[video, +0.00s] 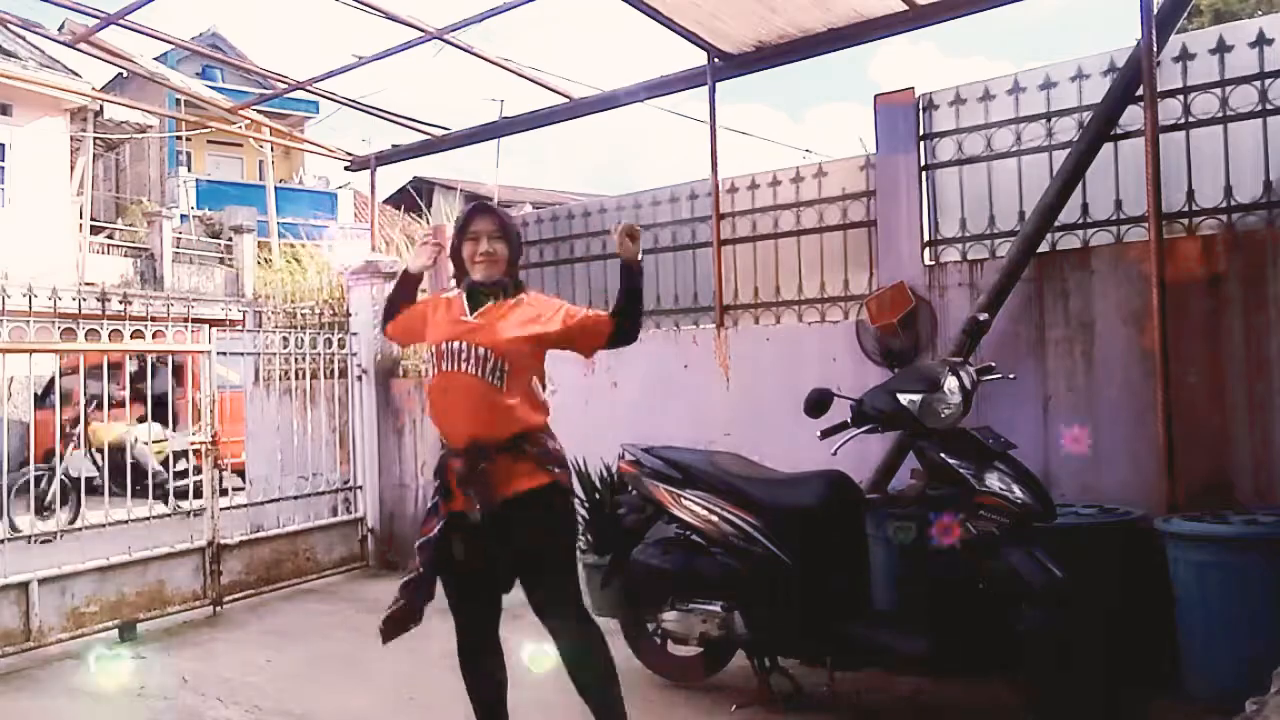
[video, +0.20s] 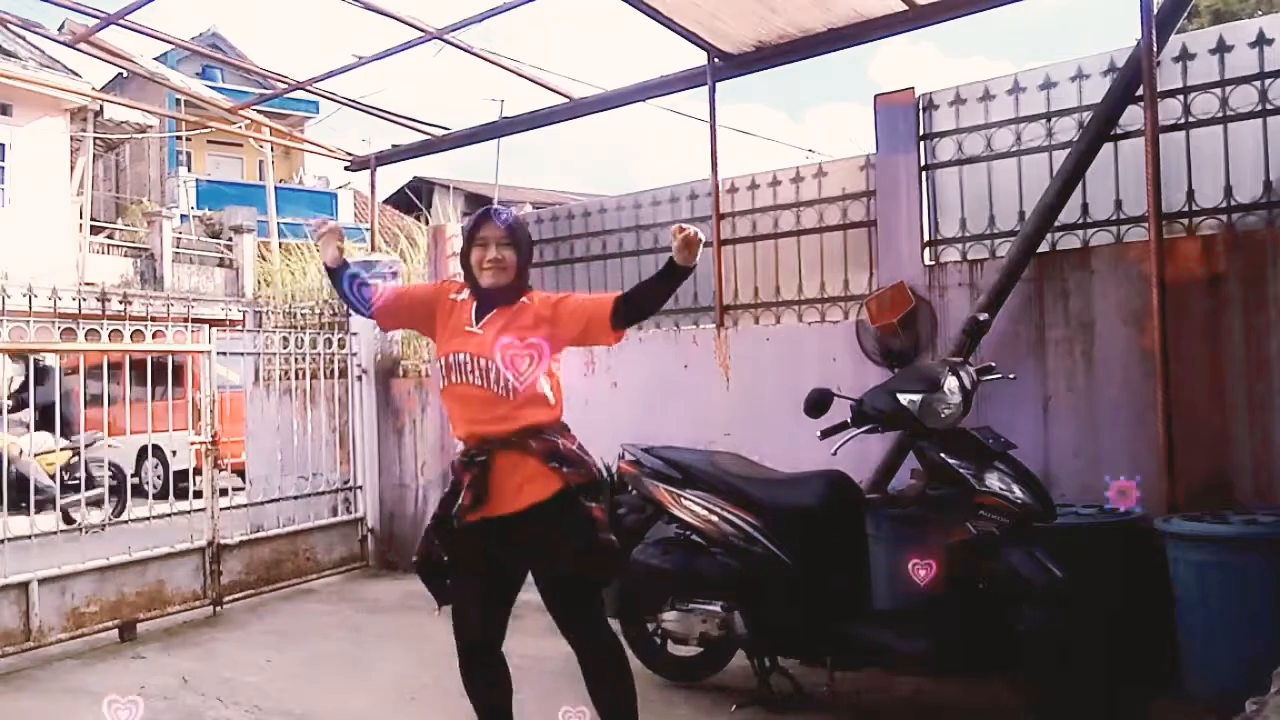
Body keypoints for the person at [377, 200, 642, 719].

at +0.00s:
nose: (484, 248)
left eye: (496, 238)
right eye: (473, 239)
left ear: (514, 249)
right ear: (458, 252)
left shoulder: (534, 311)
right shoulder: (439, 310)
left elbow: (621, 330)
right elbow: (393, 324)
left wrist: (630, 265)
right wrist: (413, 270)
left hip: (532, 487)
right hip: (463, 497)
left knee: (565, 619)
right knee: (474, 636)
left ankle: (613, 715)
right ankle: (491, 717)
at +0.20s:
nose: (491, 255)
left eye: (504, 245)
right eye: (481, 245)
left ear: (524, 255)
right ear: (466, 255)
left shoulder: (546, 310)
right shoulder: (443, 304)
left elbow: (622, 310)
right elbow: (369, 300)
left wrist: (678, 267)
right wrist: (335, 265)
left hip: (549, 496)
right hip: (479, 506)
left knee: (587, 631)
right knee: (475, 646)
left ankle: (622, 714)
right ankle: (496, 716)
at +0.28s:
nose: (503, 262)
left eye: (516, 253)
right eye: (492, 252)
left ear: (535, 262)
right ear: (478, 262)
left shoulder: (556, 311)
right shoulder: (459, 317)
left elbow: (603, 312)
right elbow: (374, 319)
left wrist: (624, 270)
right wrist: (303, 286)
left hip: (552, 501)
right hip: (484, 510)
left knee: (575, 634)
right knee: (459, 643)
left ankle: (616, 718)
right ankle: (499, 719)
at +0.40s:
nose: (505, 272)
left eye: (516, 263)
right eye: (495, 263)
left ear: (536, 271)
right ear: (484, 272)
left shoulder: (560, 323)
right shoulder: (472, 327)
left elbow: (589, 317)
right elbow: (386, 339)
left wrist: (546, 268)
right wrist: (297, 319)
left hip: (539, 514)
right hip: (473, 516)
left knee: (554, 641)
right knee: (446, 640)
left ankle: (605, 717)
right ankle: (497, 717)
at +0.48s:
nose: (502, 279)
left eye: (515, 269)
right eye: (493, 270)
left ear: (539, 278)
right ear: (483, 282)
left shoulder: (563, 330)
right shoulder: (474, 340)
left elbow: (587, 307)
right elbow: (396, 366)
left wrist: (499, 264)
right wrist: (317, 329)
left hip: (524, 518)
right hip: (457, 517)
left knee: (539, 645)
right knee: (447, 640)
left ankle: (597, 715)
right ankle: (495, 717)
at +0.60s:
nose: (490, 265)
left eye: (504, 254)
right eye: (479, 257)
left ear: (525, 268)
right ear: (468, 272)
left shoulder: (547, 322)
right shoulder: (462, 341)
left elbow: (611, 302)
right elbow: (404, 393)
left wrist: (541, 261)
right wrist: (377, 355)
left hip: (514, 518)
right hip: (455, 519)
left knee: (525, 644)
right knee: (460, 640)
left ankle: (589, 714)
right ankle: (497, 716)